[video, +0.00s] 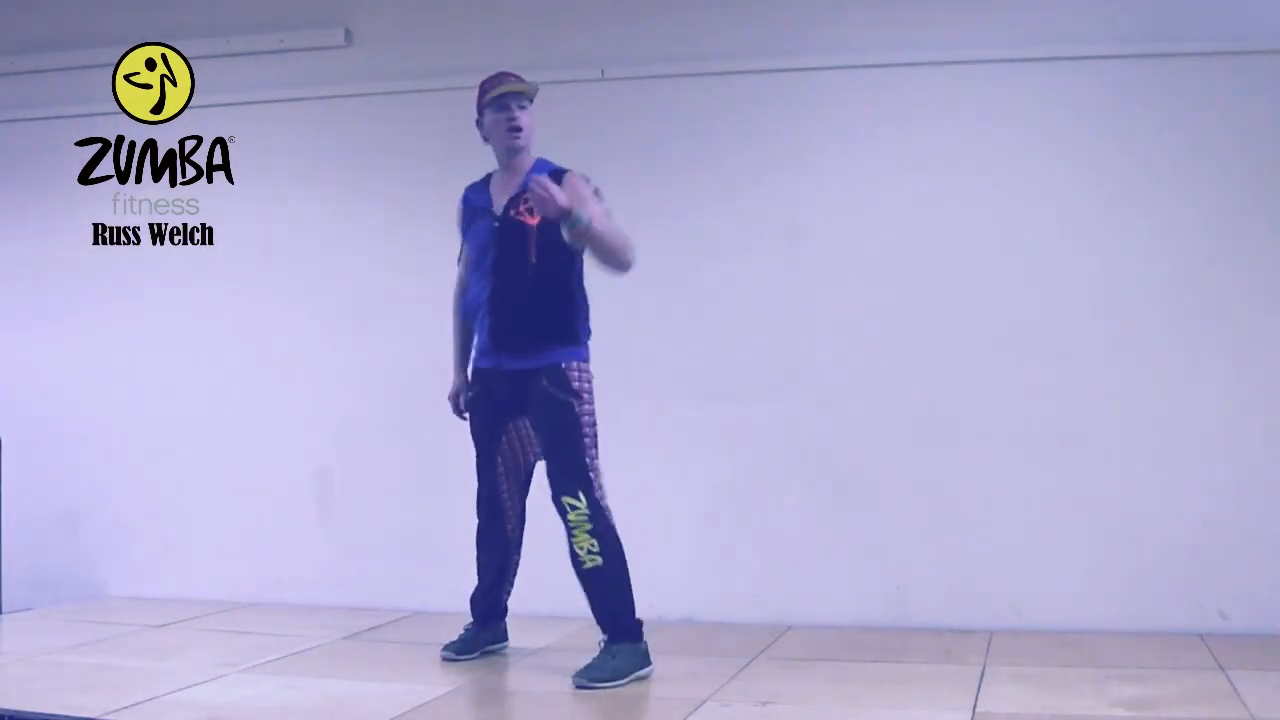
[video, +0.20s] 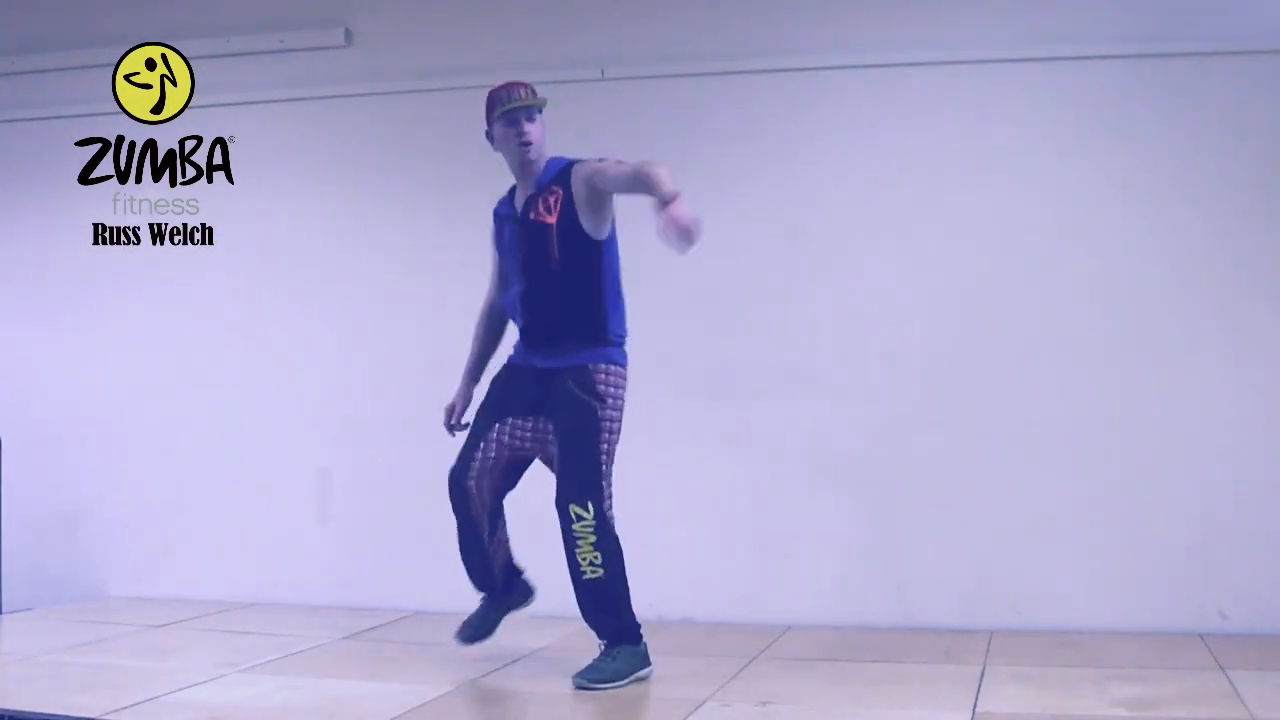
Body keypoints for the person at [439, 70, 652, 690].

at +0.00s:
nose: (513, 117)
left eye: (521, 106)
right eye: (500, 110)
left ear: (536, 117)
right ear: (482, 126)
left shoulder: (569, 186)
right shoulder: (475, 199)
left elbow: (623, 256)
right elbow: (467, 285)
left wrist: (576, 212)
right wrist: (460, 367)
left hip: (559, 370)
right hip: (494, 373)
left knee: (581, 505)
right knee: (496, 505)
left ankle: (625, 643)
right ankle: (488, 625)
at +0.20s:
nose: (523, 128)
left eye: (530, 117)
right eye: (509, 121)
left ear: (545, 124)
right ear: (491, 136)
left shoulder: (580, 177)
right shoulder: (505, 214)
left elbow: (645, 173)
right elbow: (498, 303)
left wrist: (671, 202)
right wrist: (466, 384)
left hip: (590, 371)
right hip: (527, 370)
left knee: (583, 508)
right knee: (469, 484)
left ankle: (625, 646)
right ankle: (502, 586)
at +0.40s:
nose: (528, 123)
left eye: (535, 111)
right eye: (514, 117)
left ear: (551, 118)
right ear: (497, 135)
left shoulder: (594, 170)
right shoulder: (509, 210)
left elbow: (678, 184)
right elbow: (523, 296)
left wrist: (659, 123)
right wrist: (502, 378)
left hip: (607, 365)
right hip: (545, 371)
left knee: (600, 504)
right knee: (522, 493)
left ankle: (627, 645)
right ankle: (584, 609)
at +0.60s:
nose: (528, 113)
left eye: (536, 100)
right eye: (514, 106)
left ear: (555, 107)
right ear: (501, 121)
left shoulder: (597, 164)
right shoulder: (510, 201)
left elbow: (682, 195)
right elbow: (513, 300)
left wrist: (640, 138)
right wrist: (510, 386)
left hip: (602, 362)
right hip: (541, 368)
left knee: (604, 499)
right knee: (543, 499)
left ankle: (628, 646)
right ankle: (608, 625)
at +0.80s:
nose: (500, 120)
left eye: (512, 109)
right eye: (494, 113)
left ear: (543, 118)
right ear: (492, 128)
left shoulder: (582, 181)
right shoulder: (500, 201)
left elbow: (650, 246)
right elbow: (516, 290)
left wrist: (653, 185)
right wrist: (491, 357)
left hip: (587, 371)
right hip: (527, 373)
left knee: (587, 513)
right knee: (465, 477)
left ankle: (624, 646)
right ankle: (521, 593)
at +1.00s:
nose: (489, 113)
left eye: (500, 103)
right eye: (482, 105)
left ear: (528, 112)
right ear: (477, 117)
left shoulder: (558, 185)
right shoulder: (473, 189)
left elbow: (589, 263)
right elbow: (471, 280)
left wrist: (618, 338)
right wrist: (460, 353)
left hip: (551, 369)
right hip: (489, 373)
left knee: (580, 502)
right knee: (475, 499)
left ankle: (622, 642)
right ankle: (461, 623)